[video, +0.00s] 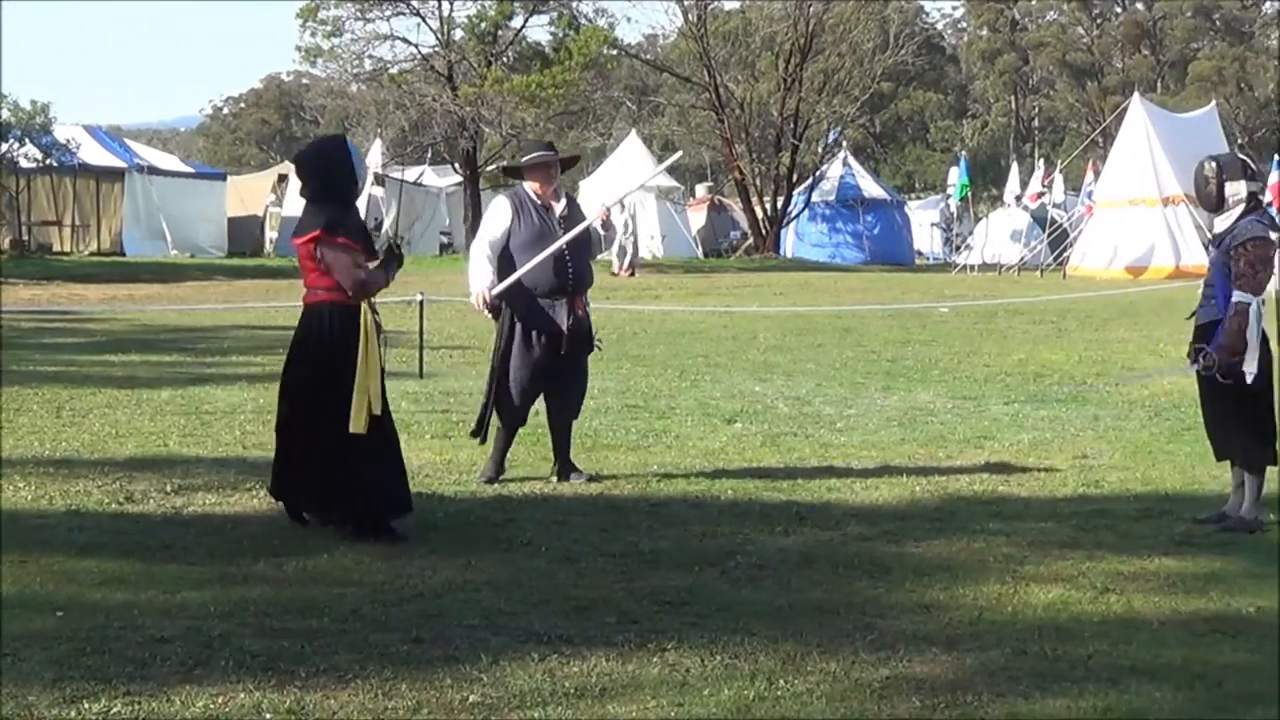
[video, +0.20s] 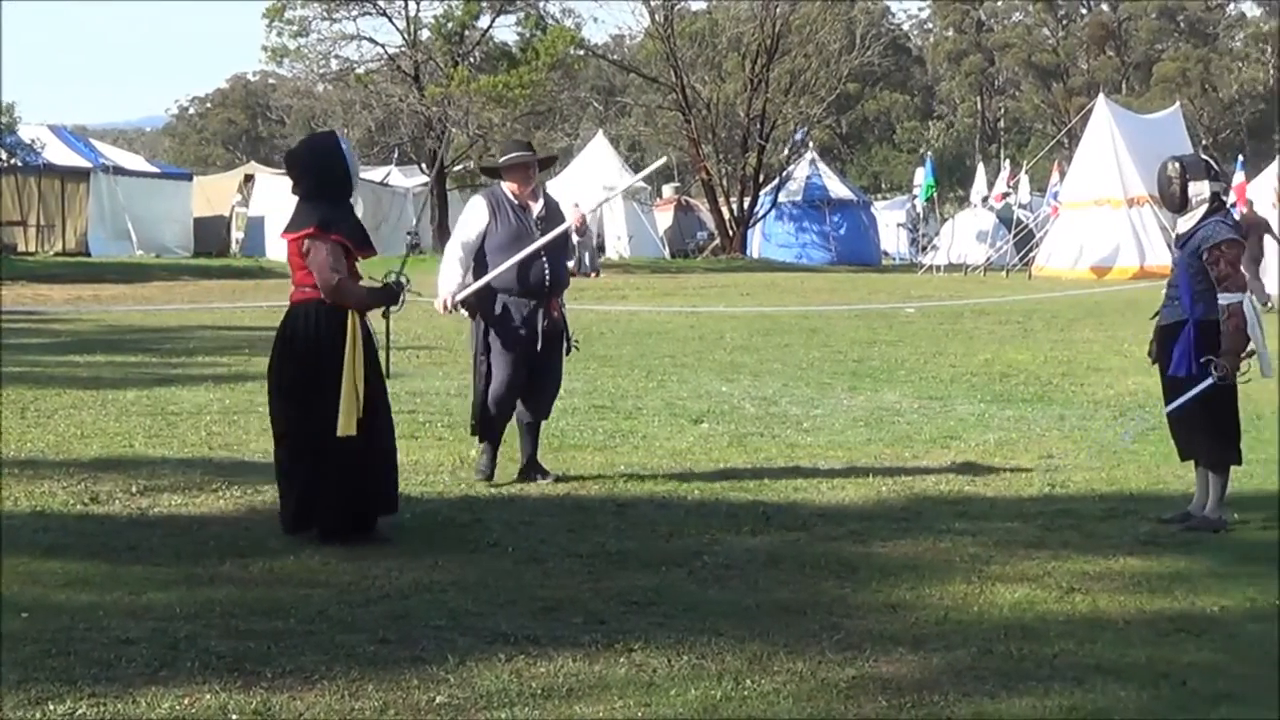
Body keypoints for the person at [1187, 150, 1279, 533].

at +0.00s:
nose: (1211, 192)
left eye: (1218, 184)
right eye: (1210, 184)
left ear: (1238, 186)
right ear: (1239, 188)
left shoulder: (1253, 234)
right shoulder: (1232, 228)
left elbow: (1246, 302)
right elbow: (1224, 291)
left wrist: (1225, 347)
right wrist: (1205, 334)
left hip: (1241, 334)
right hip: (1217, 331)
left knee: (1250, 420)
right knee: (1229, 418)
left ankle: (1250, 509)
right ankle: (1236, 502)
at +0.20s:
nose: (1171, 193)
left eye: (1177, 184)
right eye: (1170, 185)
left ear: (1197, 186)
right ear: (1197, 186)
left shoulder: (1219, 232)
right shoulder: (1192, 227)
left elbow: (1235, 301)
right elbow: (1179, 291)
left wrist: (1229, 354)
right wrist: (1162, 331)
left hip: (1205, 332)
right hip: (1181, 331)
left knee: (1214, 415)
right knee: (1193, 414)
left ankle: (1215, 508)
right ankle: (1200, 502)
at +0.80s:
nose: (1090, 190)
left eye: (1097, 183)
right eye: (1087, 183)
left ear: (1120, 186)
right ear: (1086, 188)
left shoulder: (1135, 233)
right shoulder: (1098, 231)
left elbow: (1138, 298)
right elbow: (1084, 286)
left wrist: (1124, 349)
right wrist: (1066, 328)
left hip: (1118, 334)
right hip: (1090, 333)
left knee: (1126, 415)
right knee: (1102, 414)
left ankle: (1127, 506)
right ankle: (1112, 500)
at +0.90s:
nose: (1076, 190)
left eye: (1083, 183)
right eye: (1074, 183)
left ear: (1105, 186)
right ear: (1076, 188)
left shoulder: (1120, 233)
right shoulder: (1087, 231)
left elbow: (1119, 301)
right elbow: (1073, 288)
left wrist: (1101, 352)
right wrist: (1055, 330)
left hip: (1105, 335)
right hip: (1079, 334)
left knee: (1112, 418)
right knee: (1090, 417)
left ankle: (1114, 508)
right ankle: (1099, 501)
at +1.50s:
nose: (1015, 195)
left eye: (1021, 187)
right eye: (1015, 186)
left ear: (1041, 189)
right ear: (1043, 191)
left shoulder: (1060, 241)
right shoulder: (1036, 234)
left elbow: (1052, 306)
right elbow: (1025, 296)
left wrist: (1036, 352)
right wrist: (1009, 337)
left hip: (1048, 339)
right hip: (1025, 336)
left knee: (1057, 422)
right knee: (1037, 421)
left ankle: (1058, 508)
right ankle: (1044, 502)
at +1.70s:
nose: (1007, 194)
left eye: (1014, 186)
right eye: (1007, 186)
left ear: (1035, 189)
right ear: (1029, 191)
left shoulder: (1052, 237)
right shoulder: (1025, 232)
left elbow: (1045, 302)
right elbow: (1014, 293)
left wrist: (1029, 351)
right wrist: (998, 329)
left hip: (1038, 334)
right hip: (1015, 332)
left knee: (1048, 418)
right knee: (1027, 418)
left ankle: (1049, 508)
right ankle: (1035, 501)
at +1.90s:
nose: (1003, 193)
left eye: (1010, 187)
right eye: (1002, 186)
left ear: (1032, 190)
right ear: (1008, 192)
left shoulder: (1048, 237)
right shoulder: (1017, 231)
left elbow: (1043, 305)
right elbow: (1007, 289)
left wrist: (1025, 353)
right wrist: (990, 327)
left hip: (1035, 337)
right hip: (1009, 335)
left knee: (1044, 420)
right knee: (1022, 420)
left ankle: (1044, 508)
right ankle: (1029, 502)